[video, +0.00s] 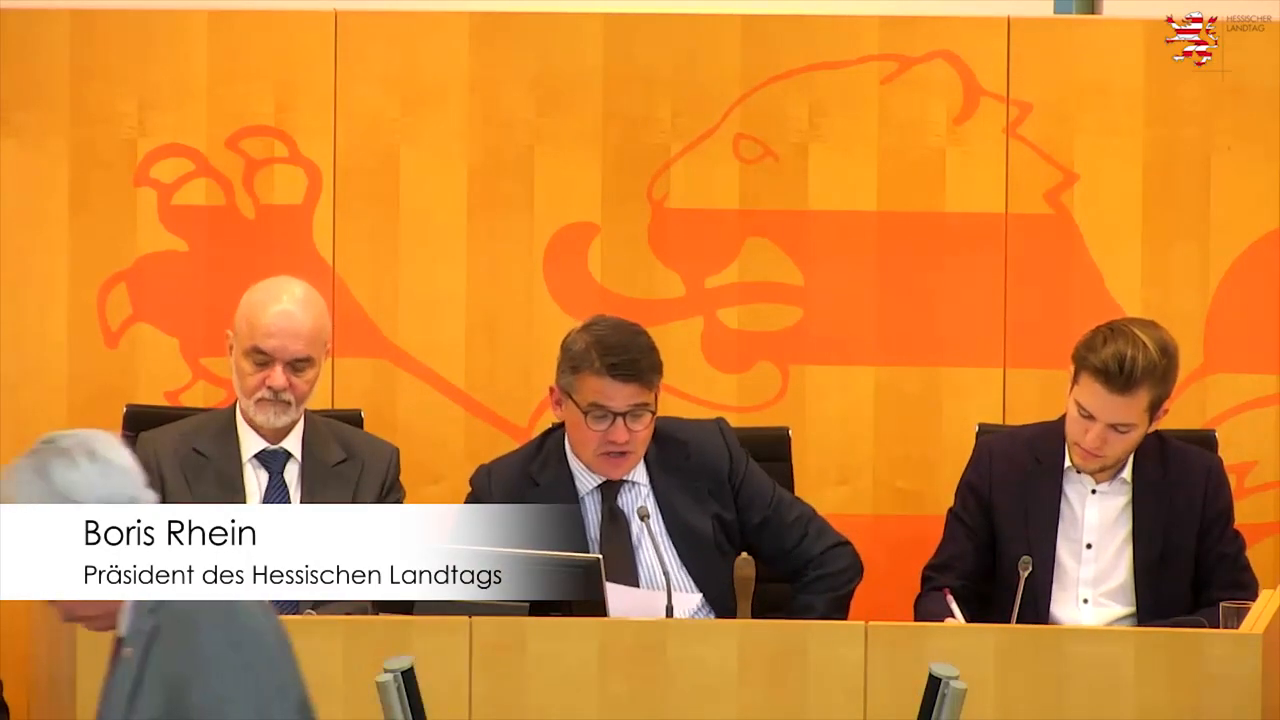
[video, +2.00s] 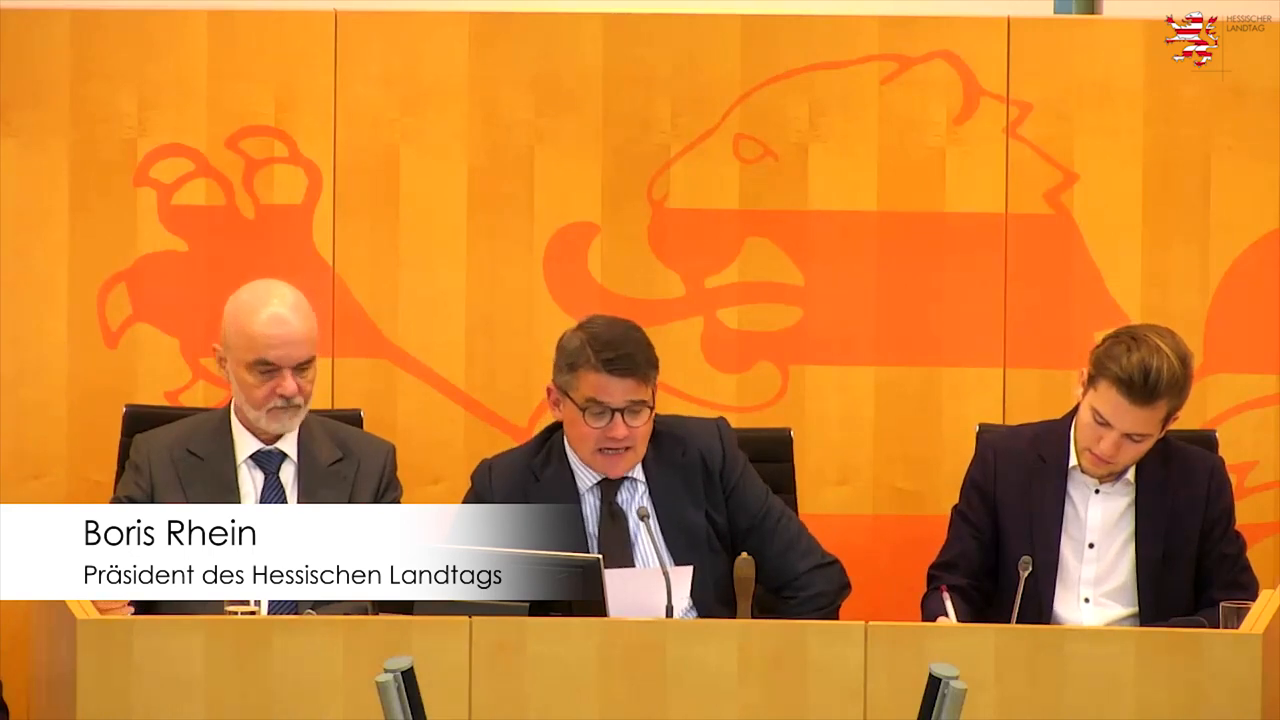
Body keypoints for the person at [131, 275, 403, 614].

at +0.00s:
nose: (277, 383)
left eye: (298, 365)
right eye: (260, 360)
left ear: (324, 359)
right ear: (231, 350)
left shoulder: (374, 464)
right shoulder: (159, 457)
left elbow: (392, 598)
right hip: (201, 657)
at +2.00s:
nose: (289, 390)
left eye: (303, 368)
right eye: (265, 371)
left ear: (317, 357)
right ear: (222, 363)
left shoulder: (371, 462)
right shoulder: (155, 459)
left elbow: (393, 592)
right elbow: (113, 568)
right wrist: (107, 602)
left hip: (328, 668)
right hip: (191, 667)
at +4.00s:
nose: (271, 388)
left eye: (294, 371)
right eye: (254, 363)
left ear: (321, 363)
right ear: (228, 349)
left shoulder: (372, 464)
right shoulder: (159, 456)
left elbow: (384, 588)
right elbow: (118, 575)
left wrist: (312, 635)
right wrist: (148, 620)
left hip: (326, 666)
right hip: (196, 661)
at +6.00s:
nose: (273, 392)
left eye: (296, 376)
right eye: (256, 369)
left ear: (322, 364)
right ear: (229, 351)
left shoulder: (372, 464)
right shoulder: (159, 455)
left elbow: (394, 593)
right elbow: (118, 576)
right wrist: (144, 618)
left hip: (328, 667)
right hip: (196, 662)